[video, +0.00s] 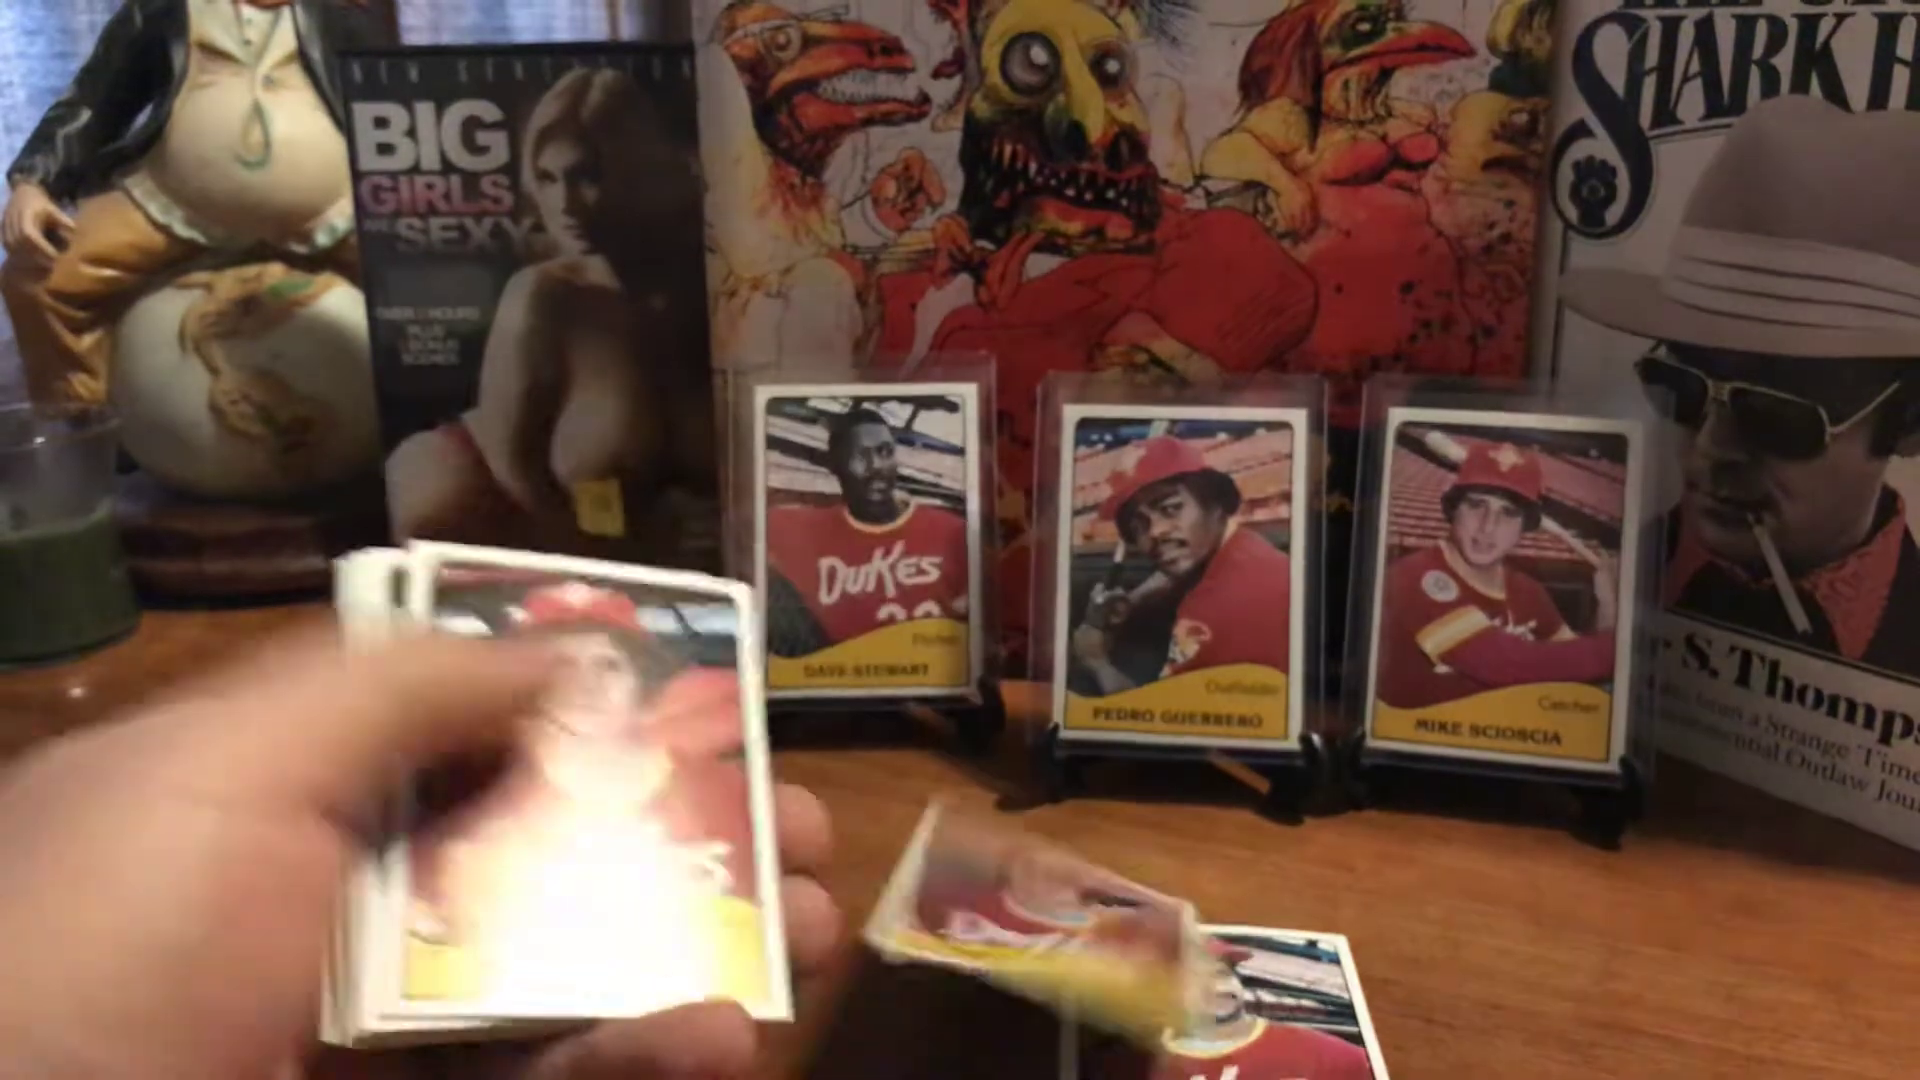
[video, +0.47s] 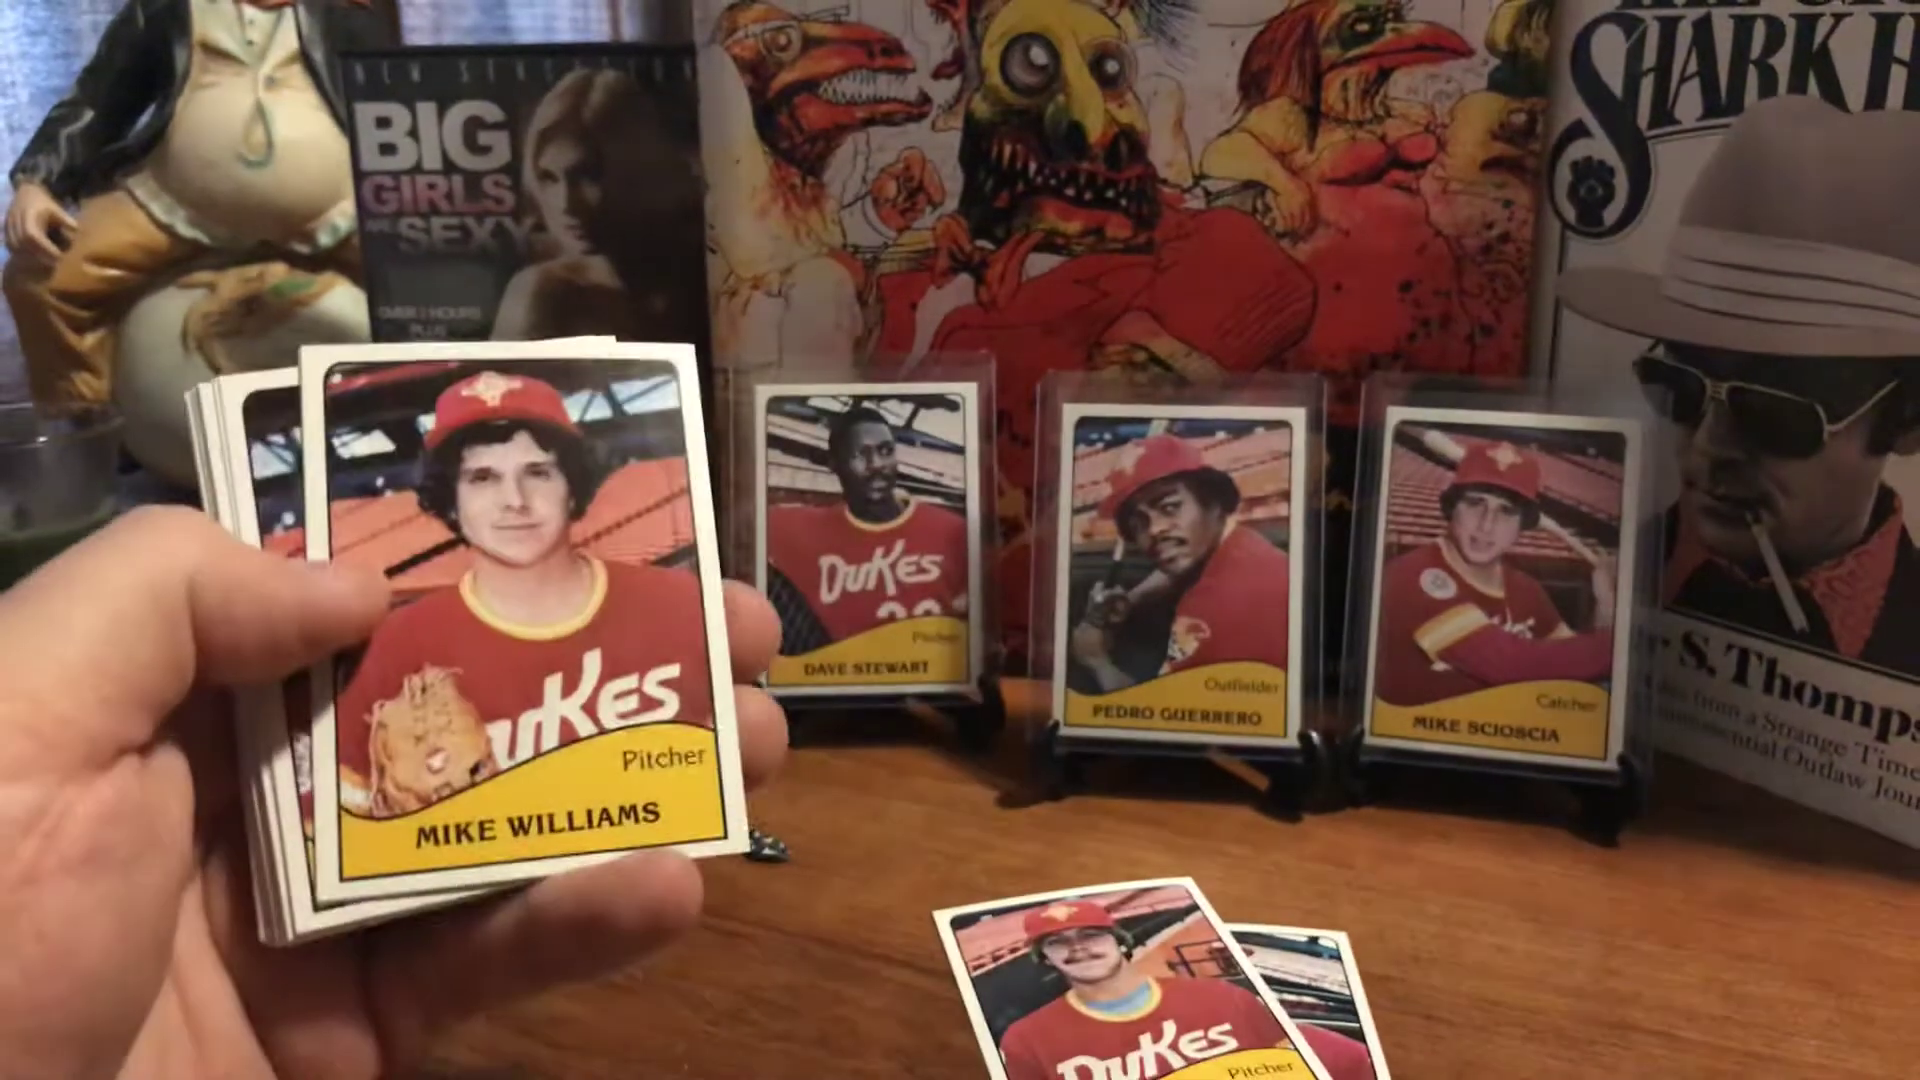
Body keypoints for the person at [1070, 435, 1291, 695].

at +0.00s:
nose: (1157, 531)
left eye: (1171, 508)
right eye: (1141, 522)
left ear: (1216, 505)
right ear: (1134, 539)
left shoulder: (1213, 606)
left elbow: (1163, 722)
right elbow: (1184, 567)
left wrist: (1098, 663)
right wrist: (1133, 601)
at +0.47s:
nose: (1156, 529)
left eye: (1170, 507)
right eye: (1140, 520)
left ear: (1214, 504)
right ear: (1133, 536)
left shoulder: (1213, 602)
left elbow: (1163, 721)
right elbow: (1185, 564)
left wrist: (1098, 661)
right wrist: (1132, 600)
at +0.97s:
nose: (1156, 530)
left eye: (1171, 508)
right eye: (1141, 521)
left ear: (1213, 505)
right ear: (1133, 537)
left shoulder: (1211, 607)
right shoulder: (1247, 544)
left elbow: (1159, 720)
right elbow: (1184, 565)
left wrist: (1098, 662)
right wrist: (1131, 602)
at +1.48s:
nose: (1156, 530)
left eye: (1170, 508)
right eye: (1140, 522)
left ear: (1213, 504)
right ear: (1133, 539)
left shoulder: (1212, 605)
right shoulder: (1248, 544)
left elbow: (1160, 720)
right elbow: (1185, 564)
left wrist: (1098, 662)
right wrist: (1132, 602)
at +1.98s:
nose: (1156, 531)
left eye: (1170, 508)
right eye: (1140, 522)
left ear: (1214, 504)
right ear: (1133, 540)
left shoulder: (1213, 605)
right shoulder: (1248, 545)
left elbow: (1159, 720)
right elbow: (1184, 565)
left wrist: (1098, 662)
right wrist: (1132, 603)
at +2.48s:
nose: (1156, 531)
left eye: (1170, 508)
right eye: (1140, 522)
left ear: (1214, 506)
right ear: (1134, 540)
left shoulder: (1212, 607)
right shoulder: (1248, 544)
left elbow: (1159, 720)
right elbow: (1185, 565)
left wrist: (1098, 663)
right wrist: (1133, 602)